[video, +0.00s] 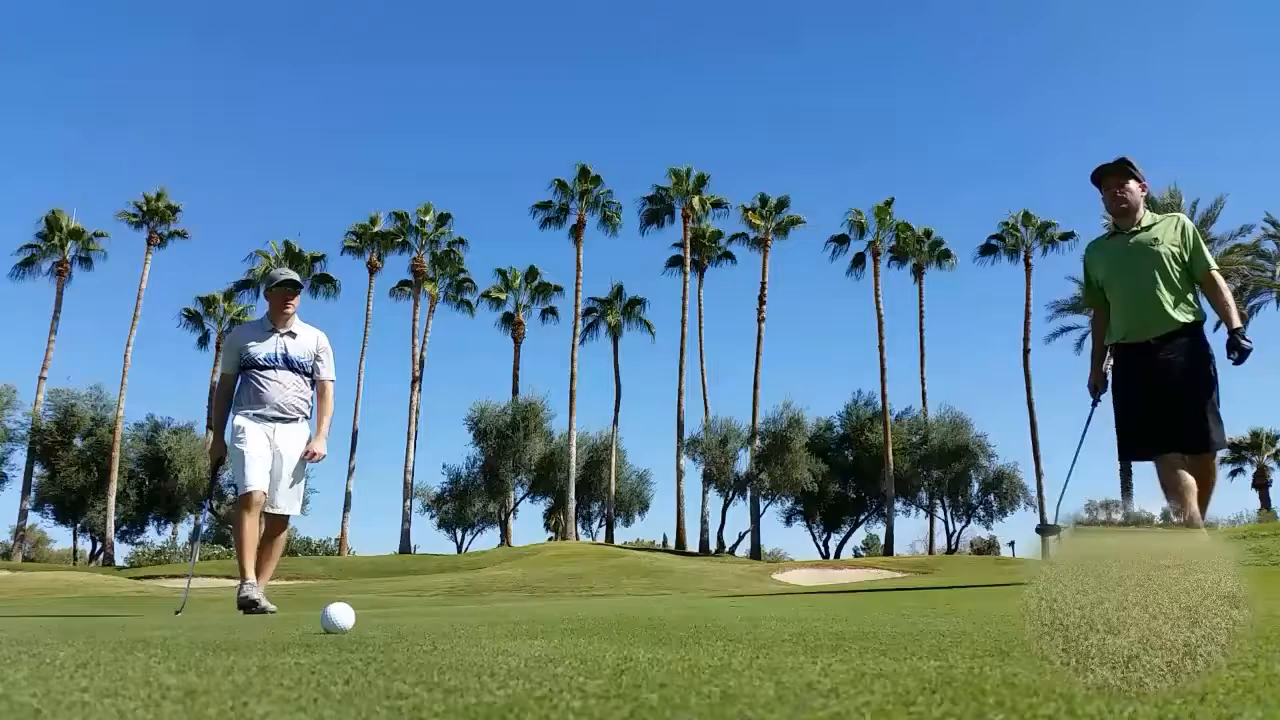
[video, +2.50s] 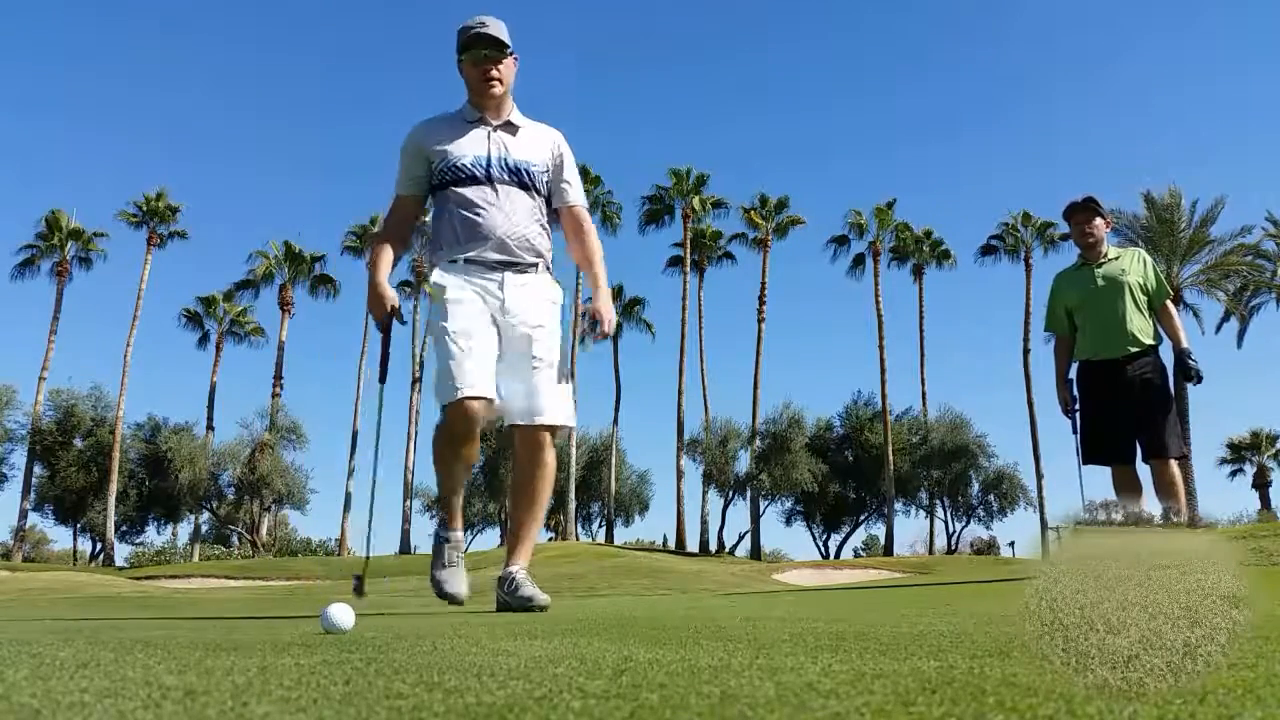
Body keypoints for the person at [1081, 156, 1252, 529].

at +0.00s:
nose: (1117, 191)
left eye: (1123, 183)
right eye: (1109, 188)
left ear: (1142, 188)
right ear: (1103, 199)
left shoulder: (1176, 226)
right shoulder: (1096, 251)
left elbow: (1210, 278)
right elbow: (1099, 313)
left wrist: (1235, 326)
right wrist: (1096, 366)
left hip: (1183, 346)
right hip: (1133, 357)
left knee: (1200, 444)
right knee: (1162, 445)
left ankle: (1194, 523)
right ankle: (1192, 529)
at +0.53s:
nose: (1108, 210)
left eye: (1114, 201)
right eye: (1106, 204)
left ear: (1141, 199)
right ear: (1115, 208)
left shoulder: (1182, 239)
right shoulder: (1104, 258)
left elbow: (1211, 291)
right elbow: (1101, 314)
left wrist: (1233, 343)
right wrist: (1094, 359)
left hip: (1176, 357)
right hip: (1126, 362)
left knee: (1181, 447)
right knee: (1112, 444)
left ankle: (1185, 531)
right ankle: (1138, 521)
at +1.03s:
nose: (1090, 226)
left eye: (1095, 218)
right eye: (1082, 223)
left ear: (1110, 220)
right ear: (1076, 233)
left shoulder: (1143, 252)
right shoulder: (1073, 279)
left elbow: (1174, 298)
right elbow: (1075, 337)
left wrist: (1186, 338)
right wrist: (1072, 385)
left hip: (1152, 363)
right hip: (1104, 373)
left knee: (1168, 450)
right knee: (1121, 460)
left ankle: (1181, 529)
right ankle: (1136, 534)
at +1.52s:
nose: (1086, 229)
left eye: (1091, 221)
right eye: (1078, 226)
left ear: (1106, 224)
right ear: (1071, 235)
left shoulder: (1139, 257)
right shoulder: (1067, 282)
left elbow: (1165, 303)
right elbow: (1066, 338)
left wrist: (1181, 343)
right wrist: (1064, 383)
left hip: (1147, 369)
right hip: (1100, 376)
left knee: (1163, 453)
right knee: (1121, 460)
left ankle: (1179, 529)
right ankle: (1137, 533)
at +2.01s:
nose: (1084, 230)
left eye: (1090, 223)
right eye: (1077, 227)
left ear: (1106, 225)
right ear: (1071, 235)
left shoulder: (1138, 261)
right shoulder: (1066, 282)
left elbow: (1165, 310)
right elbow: (1063, 338)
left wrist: (1183, 350)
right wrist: (1061, 383)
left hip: (1144, 370)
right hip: (1098, 377)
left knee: (1161, 455)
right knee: (1119, 461)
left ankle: (1178, 529)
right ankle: (1135, 534)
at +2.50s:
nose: (1085, 228)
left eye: (1091, 220)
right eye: (1077, 224)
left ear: (1106, 224)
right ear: (1070, 233)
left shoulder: (1137, 259)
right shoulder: (1065, 281)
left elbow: (1164, 307)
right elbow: (1063, 337)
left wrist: (1182, 351)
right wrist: (1061, 382)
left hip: (1144, 369)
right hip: (1098, 377)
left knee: (1161, 454)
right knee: (1119, 461)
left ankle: (1178, 529)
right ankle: (1135, 533)